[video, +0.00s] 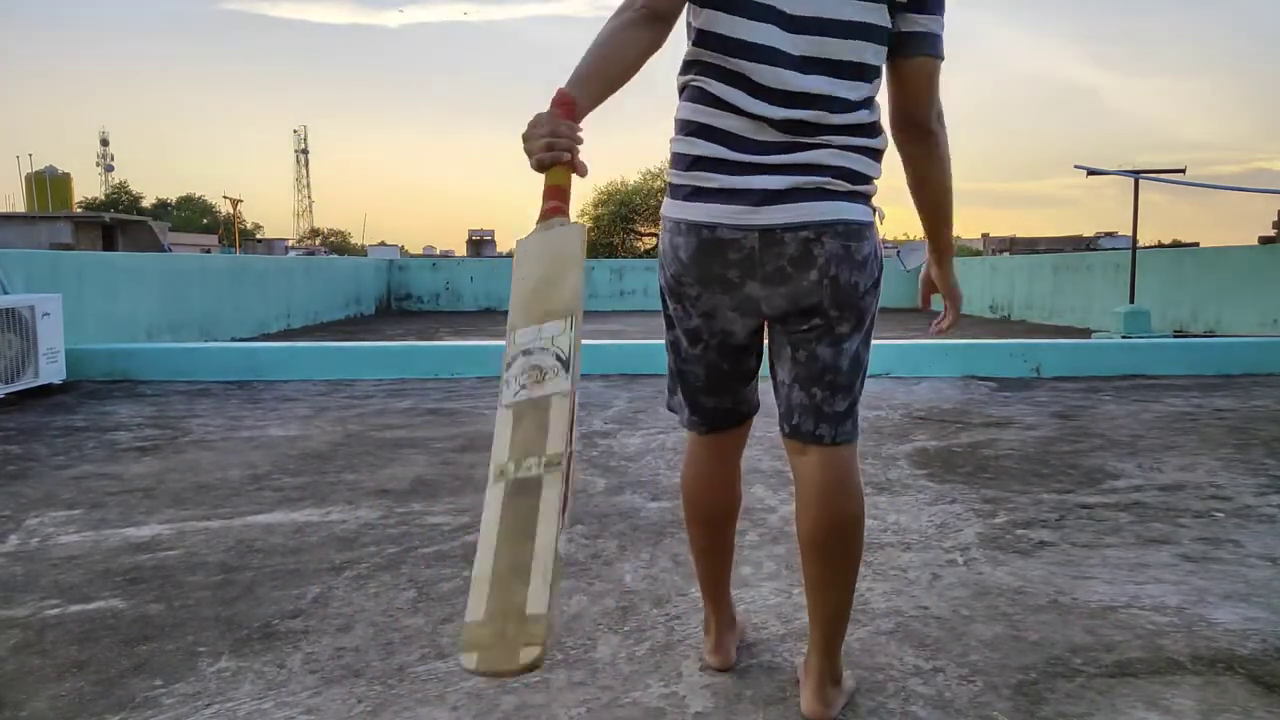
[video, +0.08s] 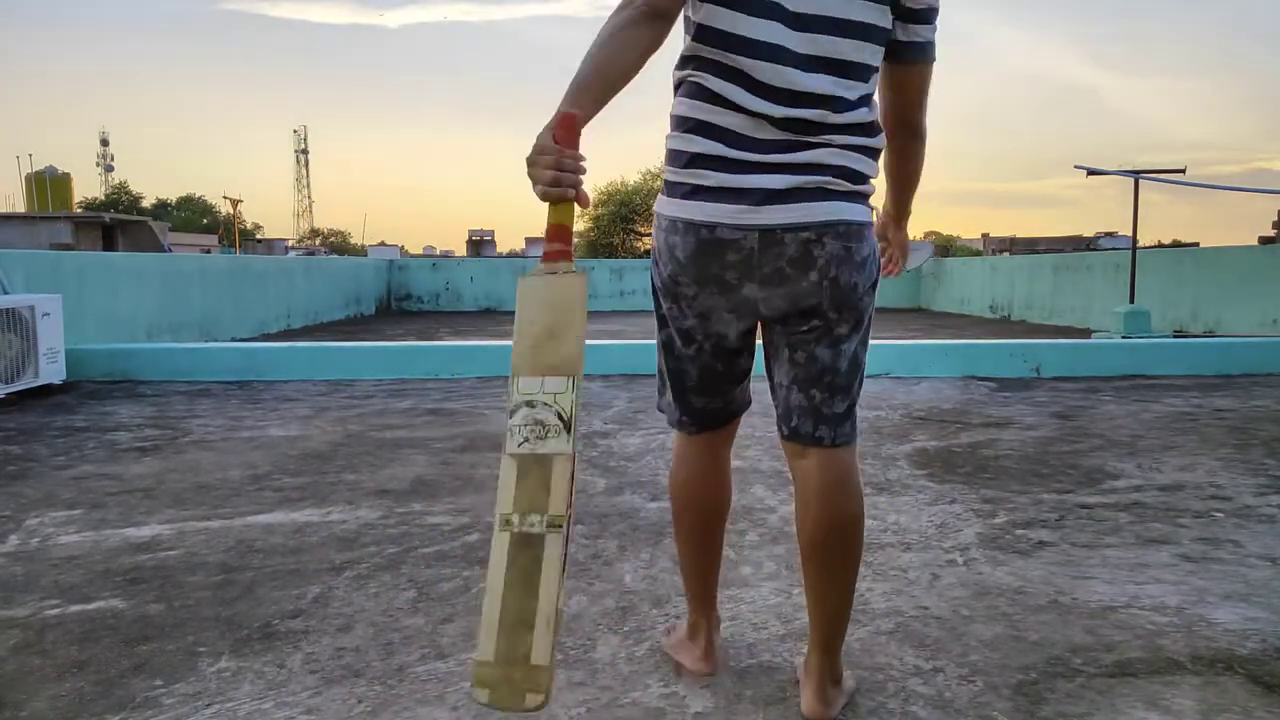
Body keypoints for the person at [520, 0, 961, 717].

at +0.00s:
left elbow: (648, 12)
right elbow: (917, 119)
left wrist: (563, 108)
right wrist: (941, 249)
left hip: (704, 218)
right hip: (830, 222)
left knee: (713, 426)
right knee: (826, 442)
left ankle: (718, 628)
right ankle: (822, 676)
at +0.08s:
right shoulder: (906, 0)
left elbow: (648, 10)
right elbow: (906, 116)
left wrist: (566, 123)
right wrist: (898, 214)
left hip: (702, 217)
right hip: (830, 223)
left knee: (702, 427)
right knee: (825, 442)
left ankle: (701, 633)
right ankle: (822, 676)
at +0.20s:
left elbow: (643, 16)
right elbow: (878, 98)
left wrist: (561, 153)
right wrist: (814, 168)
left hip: (692, 216)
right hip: (822, 221)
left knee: (673, 428)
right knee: (822, 444)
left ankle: (660, 646)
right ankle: (823, 674)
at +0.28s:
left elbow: (629, 33)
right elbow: (857, 91)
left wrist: (558, 177)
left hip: (682, 219)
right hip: (813, 222)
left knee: (647, 437)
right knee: (818, 446)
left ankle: (617, 662)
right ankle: (824, 675)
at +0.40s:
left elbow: (594, 53)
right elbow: (833, 83)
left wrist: (537, 200)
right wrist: (744, 132)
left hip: (659, 226)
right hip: (791, 227)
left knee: (609, 455)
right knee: (807, 450)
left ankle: (556, 683)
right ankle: (824, 676)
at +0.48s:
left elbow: (551, 69)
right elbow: (812, 92)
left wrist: (511, 207)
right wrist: (737, 162)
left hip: (627, 230)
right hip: (761, 232)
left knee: (589, 462)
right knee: (787, 452)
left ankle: (551, 689)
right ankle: (822, 673)